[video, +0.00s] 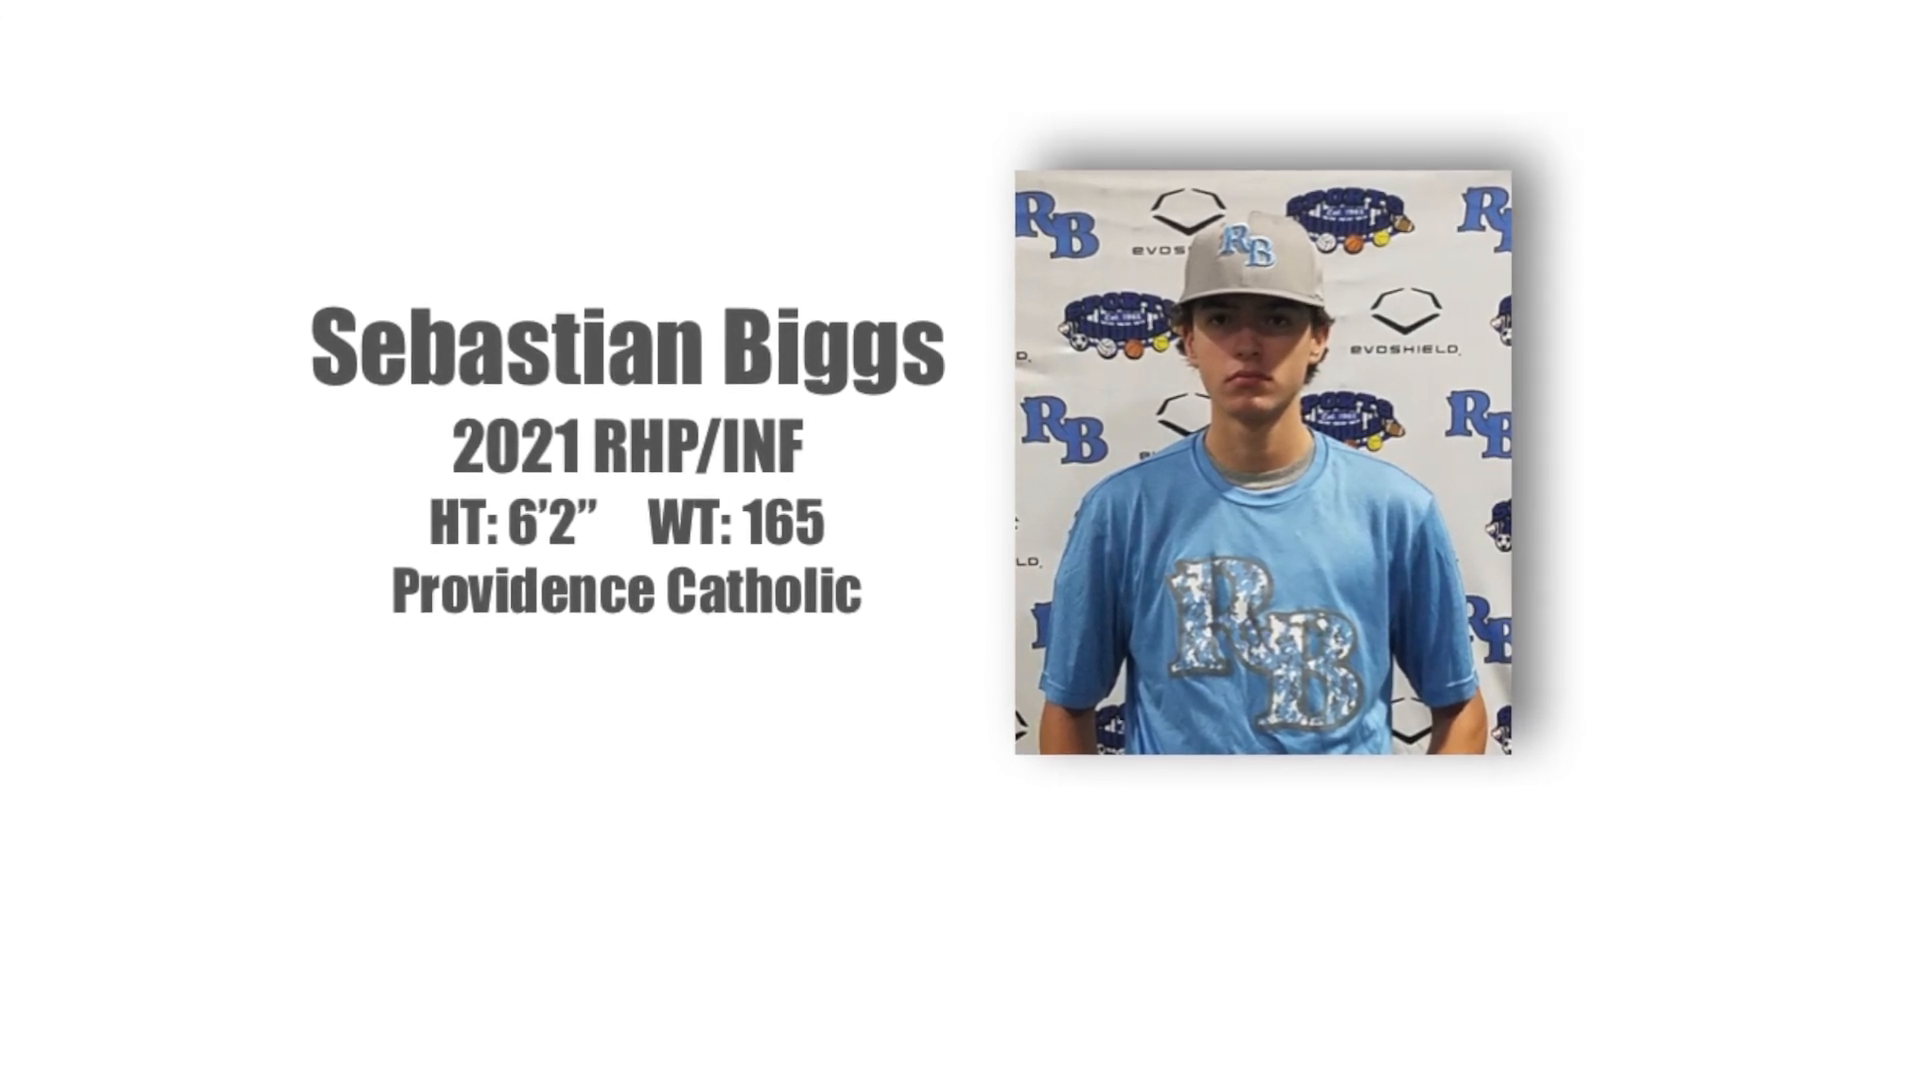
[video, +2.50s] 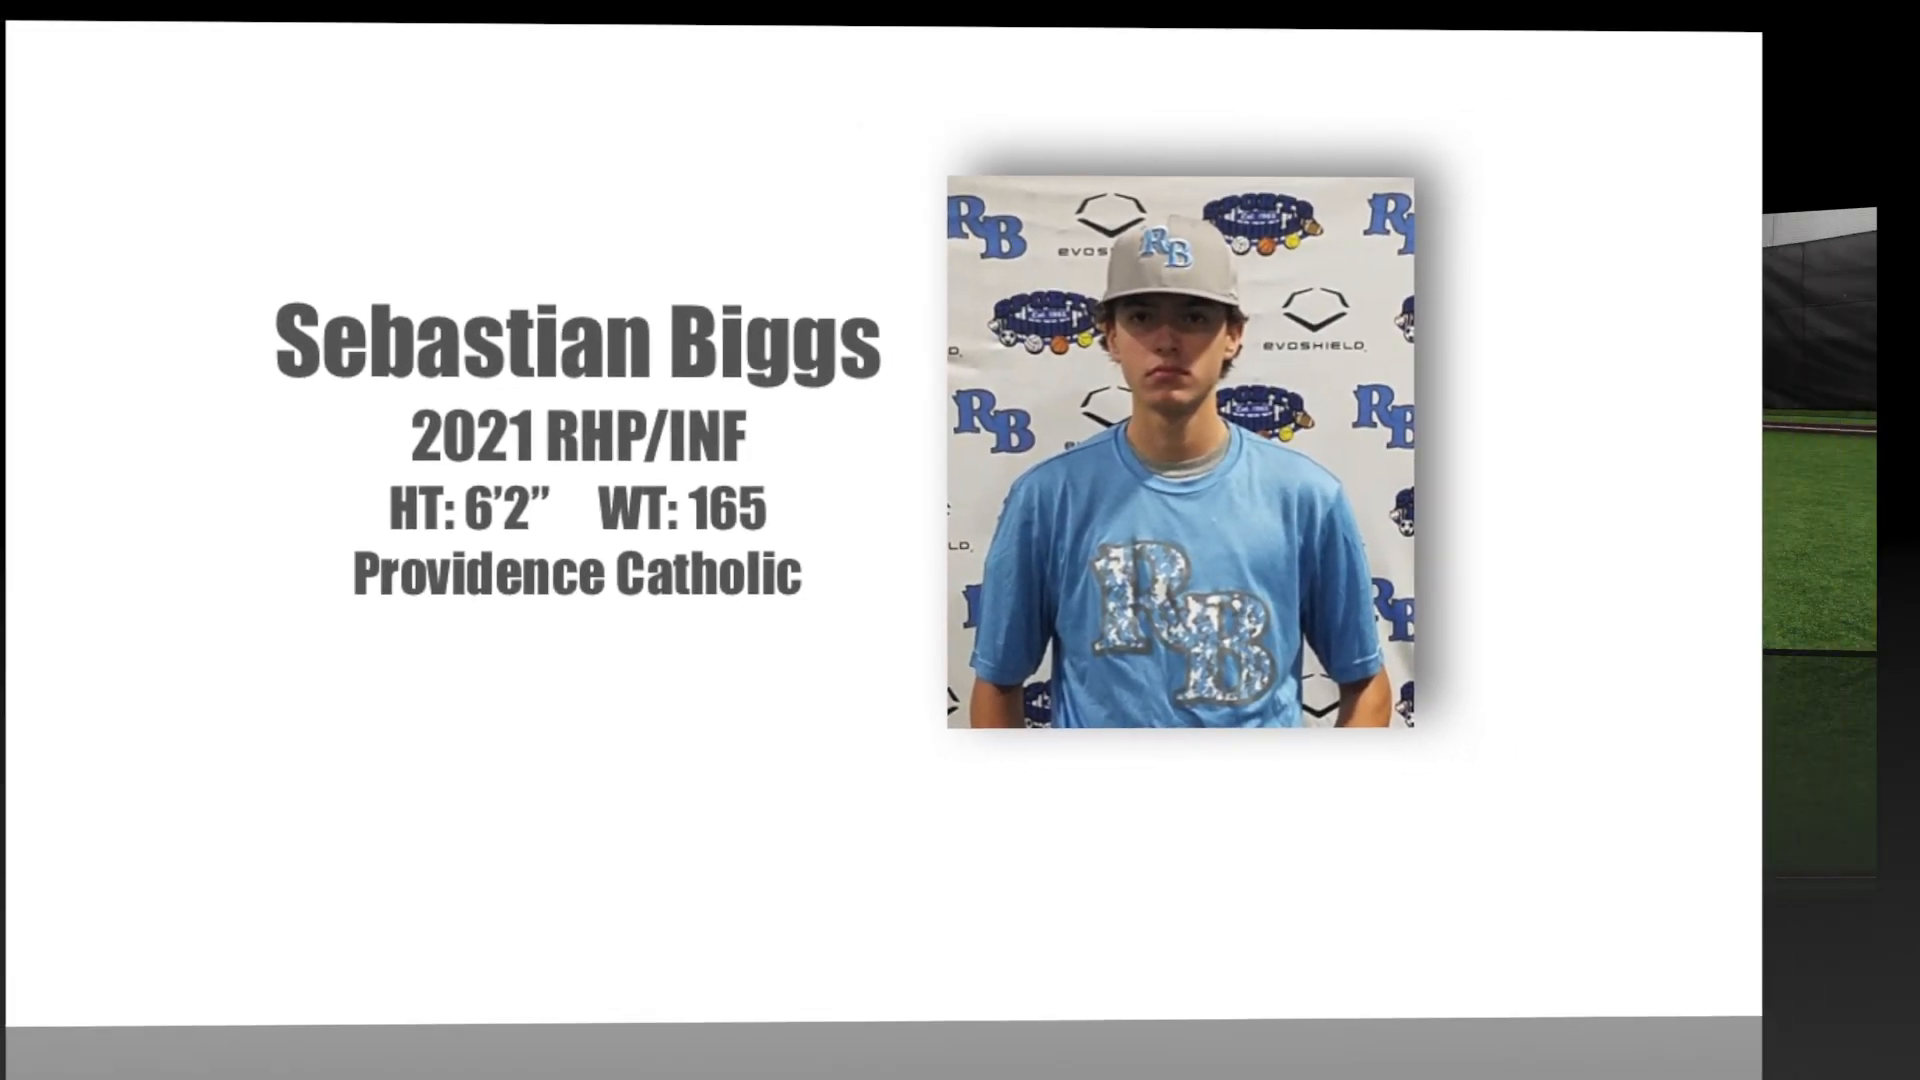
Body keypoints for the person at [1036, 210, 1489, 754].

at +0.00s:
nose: (1248, 343)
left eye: (1276, 319)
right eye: (1223, 319)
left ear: (1317, 341)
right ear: (1189, 341)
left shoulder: (1398, 511)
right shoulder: (1118, 513)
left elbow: (1461, 710)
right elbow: (1068, 712)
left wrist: (1422, 829)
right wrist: (1079, 835)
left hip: (1354, 826)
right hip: (1172, 825)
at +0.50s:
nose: (1251, 342)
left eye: (1279, 317)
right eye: (1226, 318)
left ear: (1320, 340)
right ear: (1191, 339)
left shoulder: (1402, 511)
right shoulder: (1120, 513)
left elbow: (1466, 712)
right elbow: (1069, 714)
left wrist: (1426, 832)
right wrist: (1080, 838)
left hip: (1357, 828)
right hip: (1174, 829)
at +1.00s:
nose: (1254, 340)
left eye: (1282, 316)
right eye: (1229, 316)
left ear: (1324, 337)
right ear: (1193, 338)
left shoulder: (1407, 511)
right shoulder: (1122, 513)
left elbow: (1471, 714)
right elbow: (1071, 716)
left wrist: (1431, 836)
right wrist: (1083, 841)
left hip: (1362, 831)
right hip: (1177, 831)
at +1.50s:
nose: (1257, 339)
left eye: (1286, 314)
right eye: (1231, 314)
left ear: (1328, 335)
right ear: (1195, 336)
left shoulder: (1410, 510)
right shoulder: (1124, 513)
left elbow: (1476, 716)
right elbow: (1072, 718)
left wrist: (1436, 838)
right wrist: (1085, 844)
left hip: (1366, 834)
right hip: (1180, 834)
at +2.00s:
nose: (1260, 337)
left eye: (1289, 312)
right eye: (1234, 312)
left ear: (1331, 334)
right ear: (1198, 335)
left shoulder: (1415, 511)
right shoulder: (1125, 514)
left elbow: (1482, 717)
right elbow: (1073, 720)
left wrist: (1440, 841)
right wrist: (1086, 847)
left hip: (1370, 837)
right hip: (1182, 837)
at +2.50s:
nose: (1167, 340)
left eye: (1194, 317)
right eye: (1144, 317)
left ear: (1232, 337)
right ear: (1111, 337)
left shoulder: (1308, 497)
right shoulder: (1044, 501)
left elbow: (1367, 685)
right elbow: (998, 687)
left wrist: (1331, 800)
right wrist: (1007, 805)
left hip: (1266, 799)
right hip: (1096, 799)